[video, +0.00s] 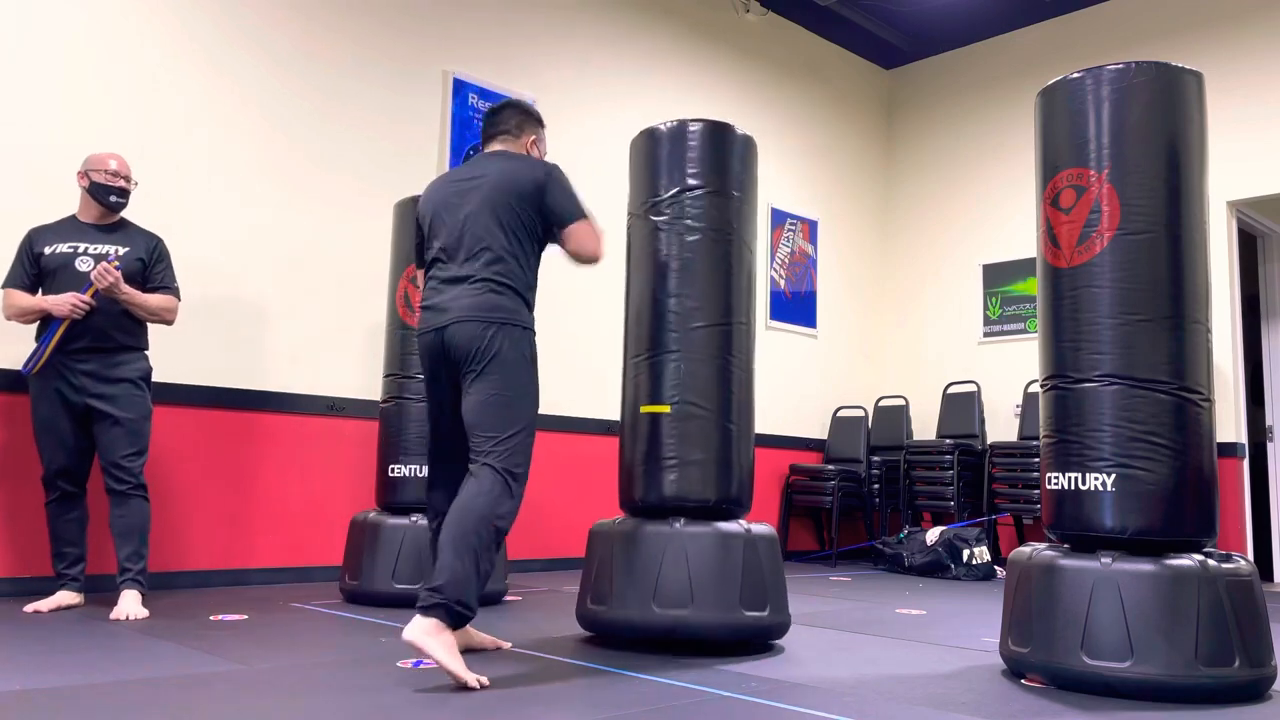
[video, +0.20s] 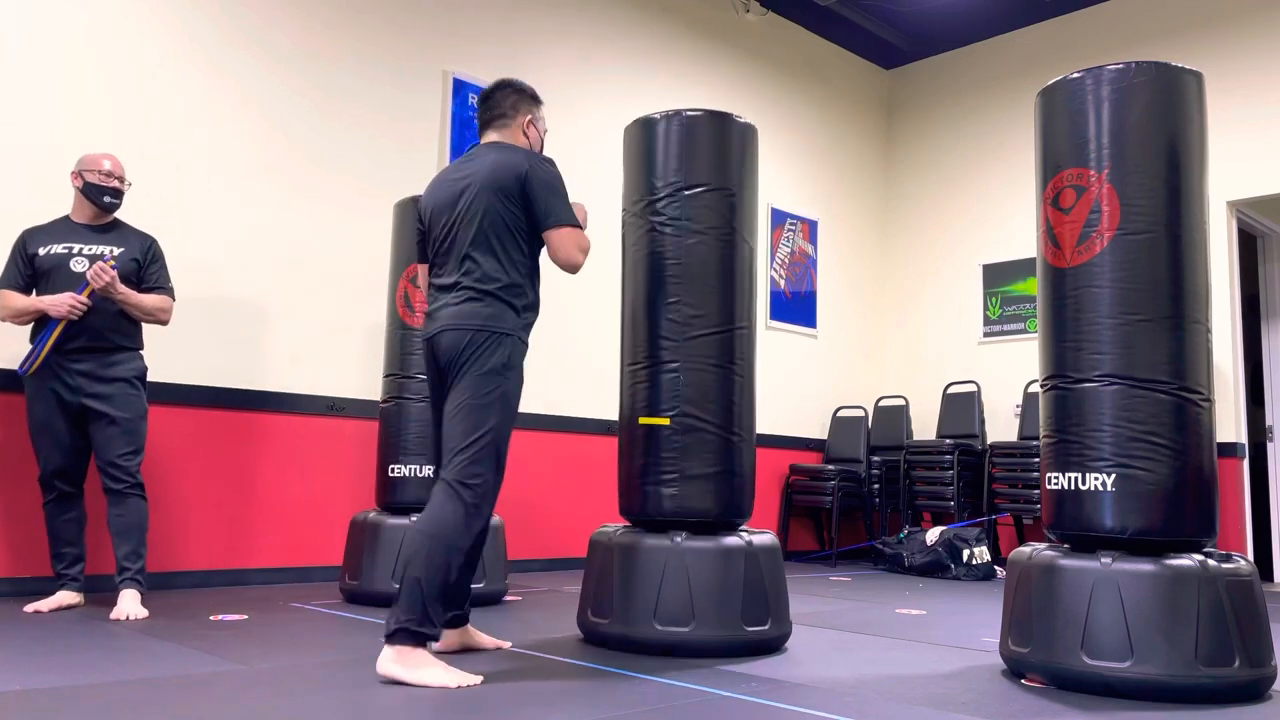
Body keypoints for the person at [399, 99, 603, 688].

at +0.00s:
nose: (543, 153)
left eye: (542, 145)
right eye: (543, 145)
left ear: (484, 140)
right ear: (531, 140)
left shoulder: (437, 187)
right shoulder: (538, 172)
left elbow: (425, 266)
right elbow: (588, 248)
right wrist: (555, 214)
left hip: (434, 329)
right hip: (495, 327)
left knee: (448, 468)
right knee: (496, 468)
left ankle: (457, 617)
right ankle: (435, 618)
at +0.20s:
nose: (544, 138)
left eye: (543, 129)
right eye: (543, 128)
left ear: (486, 123)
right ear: (527, 122)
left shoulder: (441, 181)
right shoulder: (531, 166)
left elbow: (434, 269)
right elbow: (570, 257)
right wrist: (577, 224)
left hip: (441, 326)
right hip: (489, 326)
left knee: (467, 478)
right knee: (463, 483)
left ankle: (453, 625)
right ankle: (405, 644)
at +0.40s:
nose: (549, 119)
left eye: (546, 110)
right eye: (545, 109)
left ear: (498, 111)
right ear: (525, 110)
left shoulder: (481, 163)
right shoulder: (504, 160)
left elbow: (499, 245)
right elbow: (533, 248)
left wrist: (549, 224)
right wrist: (574, 237)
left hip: (492, 345)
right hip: (481, 344)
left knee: (507, 477)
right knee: (452, 486)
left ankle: (440, 604)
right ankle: (399, 649)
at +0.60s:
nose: (550, 134)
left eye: (549, 126)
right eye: (547, 125)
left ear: (491, 125)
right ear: (532, 123)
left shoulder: (468, 180)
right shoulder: (514, 155)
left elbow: (515, 282)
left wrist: (579, 252)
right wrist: (574, 174)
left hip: (450, 329)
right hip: (493, 328)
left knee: (480, 477)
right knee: (498, 480)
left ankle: (447, 615)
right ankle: (416, 630)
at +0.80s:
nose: (539, 134)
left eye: (537, 126)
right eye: (537, 125)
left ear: (480, 125)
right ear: (521, 122)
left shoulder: (439, 182)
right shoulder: (528, 154)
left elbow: (435, 261)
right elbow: (621, 200)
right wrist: (658, 216)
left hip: (429, 321)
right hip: (479, 317)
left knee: (448, 471)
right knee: (453, 473)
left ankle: (444, 622)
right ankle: (404, 634)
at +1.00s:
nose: (505, 114)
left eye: (501, 104)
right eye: (502, 105)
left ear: (444, 111)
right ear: (489, 106)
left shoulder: (410, 173)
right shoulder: (491, 160)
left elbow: (392, 272)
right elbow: (514, 249)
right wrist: (537, 243)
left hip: (408, 319)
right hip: (458, 314)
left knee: (434, 472)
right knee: (442, 470)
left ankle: (441, 623)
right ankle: (322, 611)